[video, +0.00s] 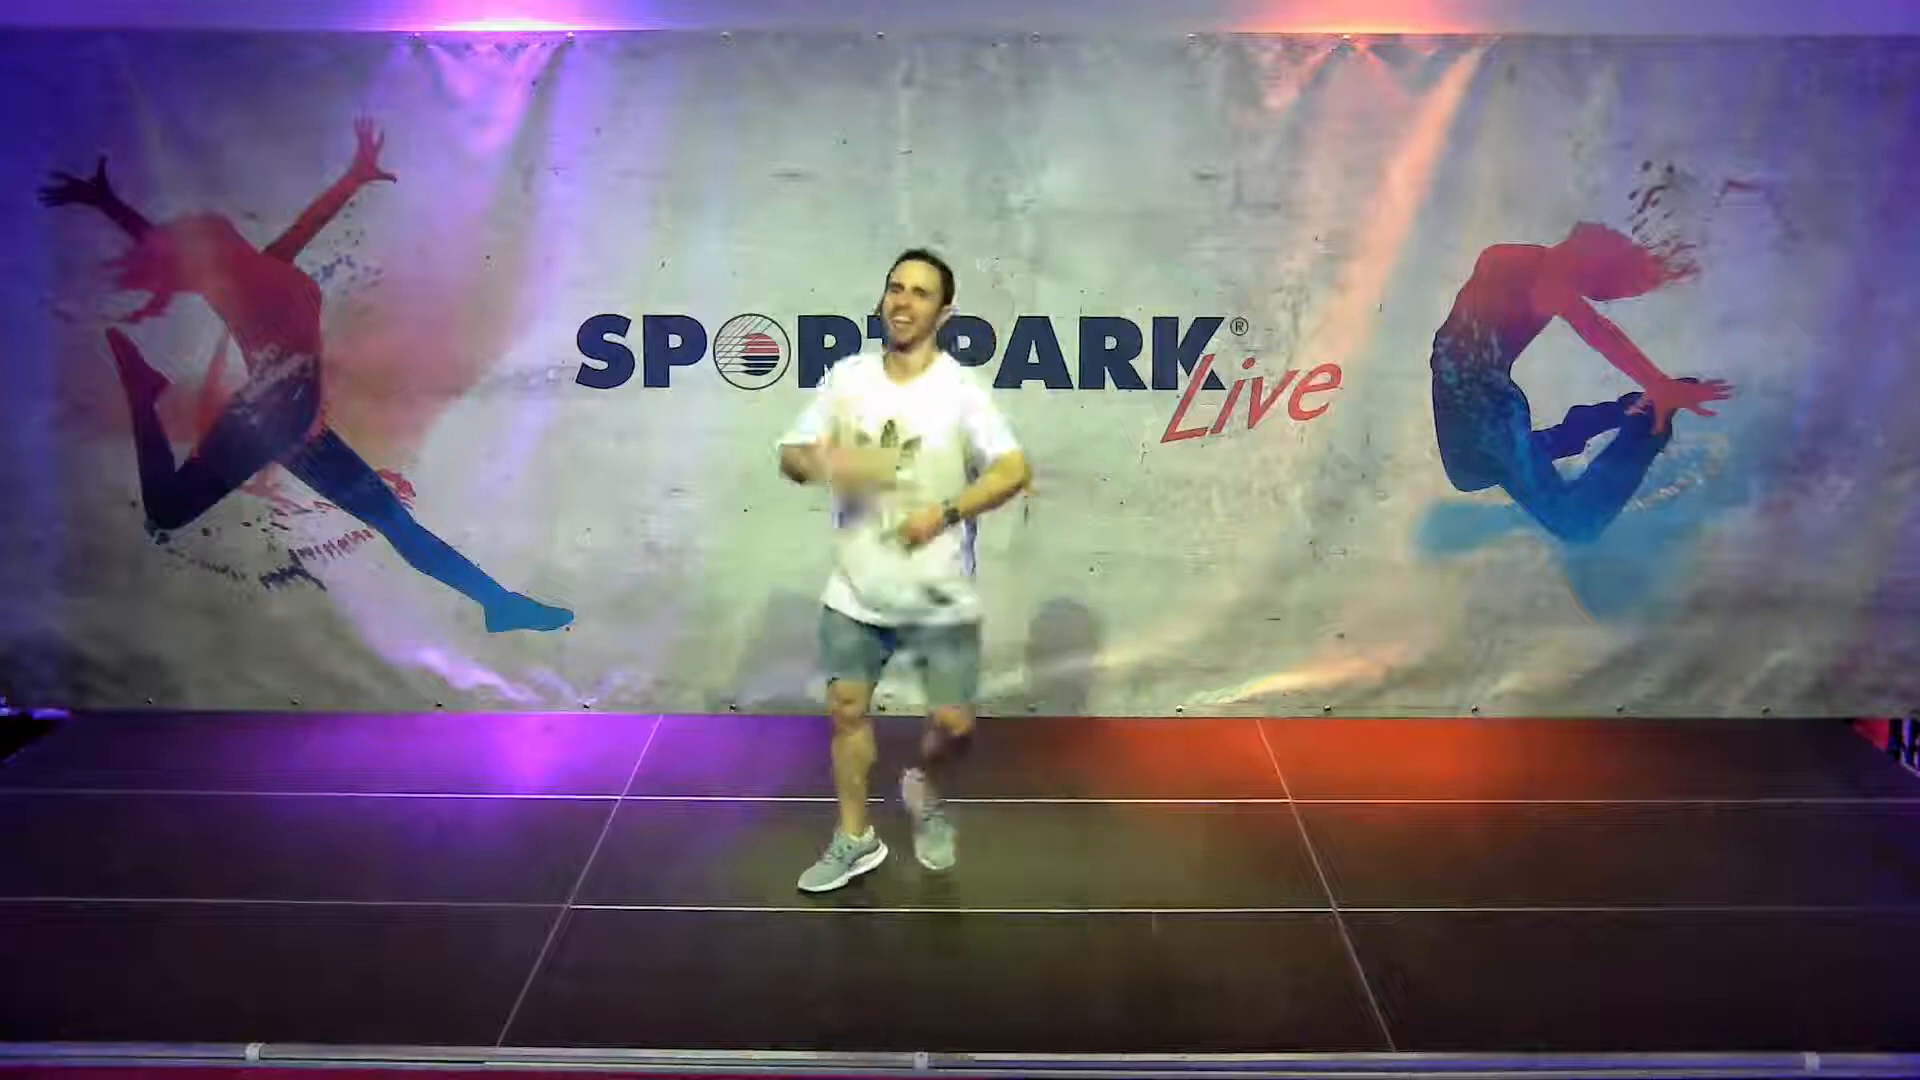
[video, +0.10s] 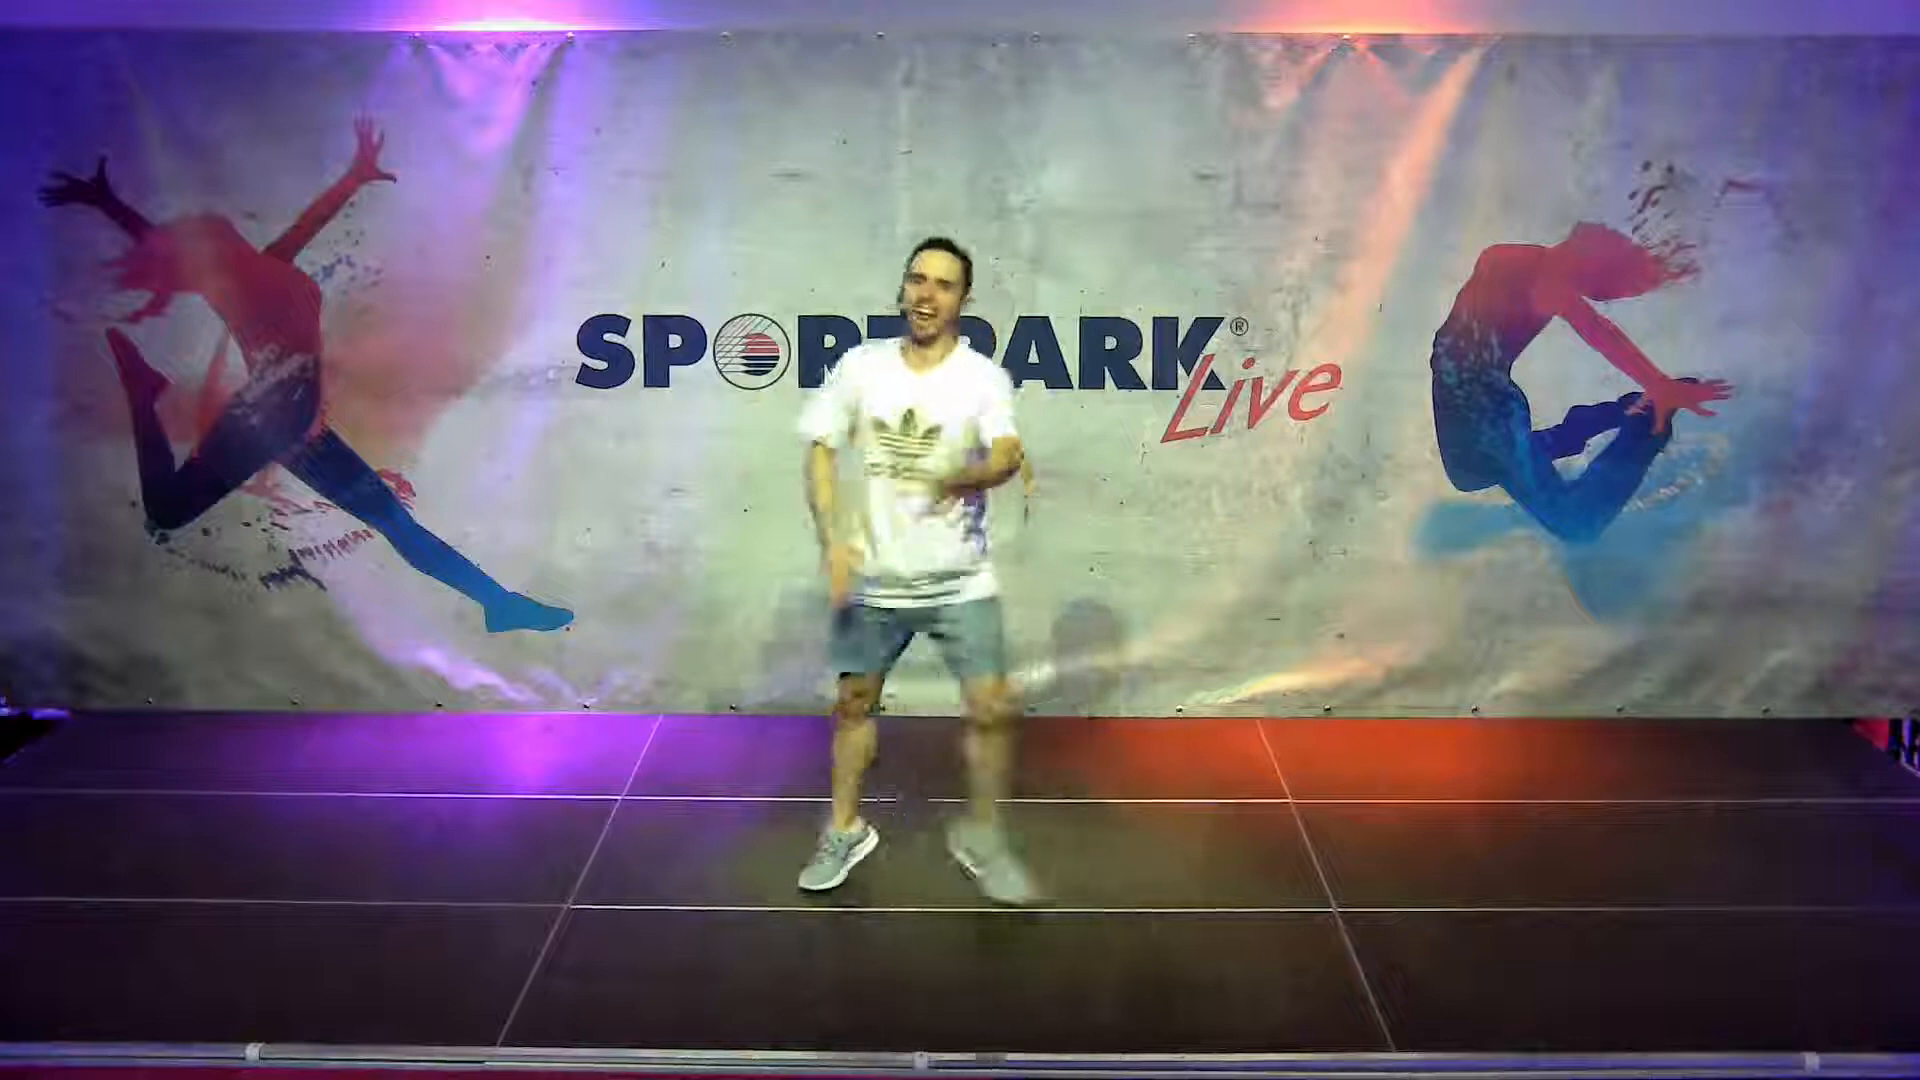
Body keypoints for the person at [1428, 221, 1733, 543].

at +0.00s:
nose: (1595, 290)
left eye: (1605, 289)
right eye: (1605, 284)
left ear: (1588, 250)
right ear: (1589, 248)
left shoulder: (1548, 283)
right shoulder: (1529, 265)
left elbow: (1598, 332)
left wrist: (1657, 383)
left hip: (1487, 402)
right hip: (1454, 391)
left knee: (1576, 522)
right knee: (1468, 475)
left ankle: (1648, 424)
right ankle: (1570, 436)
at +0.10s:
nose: (1595, 290)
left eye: (1605, 289)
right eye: (1605, 284)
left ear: (1588, 250)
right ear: (1589, 248)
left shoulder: (1548, 283)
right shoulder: (1529, 265)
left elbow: (1598, 332)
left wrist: (1657, 383)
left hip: (1487, 402)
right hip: (1454, 391)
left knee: (1576, 522)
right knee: (1468, 475)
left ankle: (1648, 424)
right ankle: (1570, 436)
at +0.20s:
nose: (1595, 290)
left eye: (1605, 289)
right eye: (1605, 284)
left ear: (1588, 250)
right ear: (1589, 248)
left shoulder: (1548, 283)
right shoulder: (1529, 264)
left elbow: (1598, 332)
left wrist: (1657, 383)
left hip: (1487, 402)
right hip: (1454, 391)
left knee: (1576, 522)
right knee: (1468, 475)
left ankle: (1648, 424)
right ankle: (1570, 436)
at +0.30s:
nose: (1595, 290)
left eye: (1605, 289)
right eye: (1605, 284)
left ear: (1588, 250)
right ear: (1589, 248)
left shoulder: (1548, 283)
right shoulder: (1529, 264)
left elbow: (1598, 332)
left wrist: (1657, 383)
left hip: (1487, 402)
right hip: (1454, 391)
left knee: (1576, 522)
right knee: (1468, 475)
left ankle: (1648, 424)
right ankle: (1570, 436)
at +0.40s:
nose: (1595, 290)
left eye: (1605, 289)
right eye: (1605, 284)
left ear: (1588, 250)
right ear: (1589, 248)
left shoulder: (1548, 283)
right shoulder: (1529, 264)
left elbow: (1598, 332)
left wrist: (1657, 383)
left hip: (1487, 402)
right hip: (1454, 391)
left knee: (1576, 522)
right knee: (1468, 475)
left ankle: (1648, 424)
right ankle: (1570, 436)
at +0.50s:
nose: (1594, 290)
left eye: (1604, 289)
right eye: (1604, 284)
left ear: (1589, 250)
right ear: (1589, 247)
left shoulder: (1548, 283)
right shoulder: (1531, 265)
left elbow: (1598, 332)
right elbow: (1596, 331)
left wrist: (1657, 382)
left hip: (1487, 402)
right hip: (1455, 391)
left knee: (1576, 522)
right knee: (1468, 474)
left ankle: (1648, 425)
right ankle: (1570, 436)